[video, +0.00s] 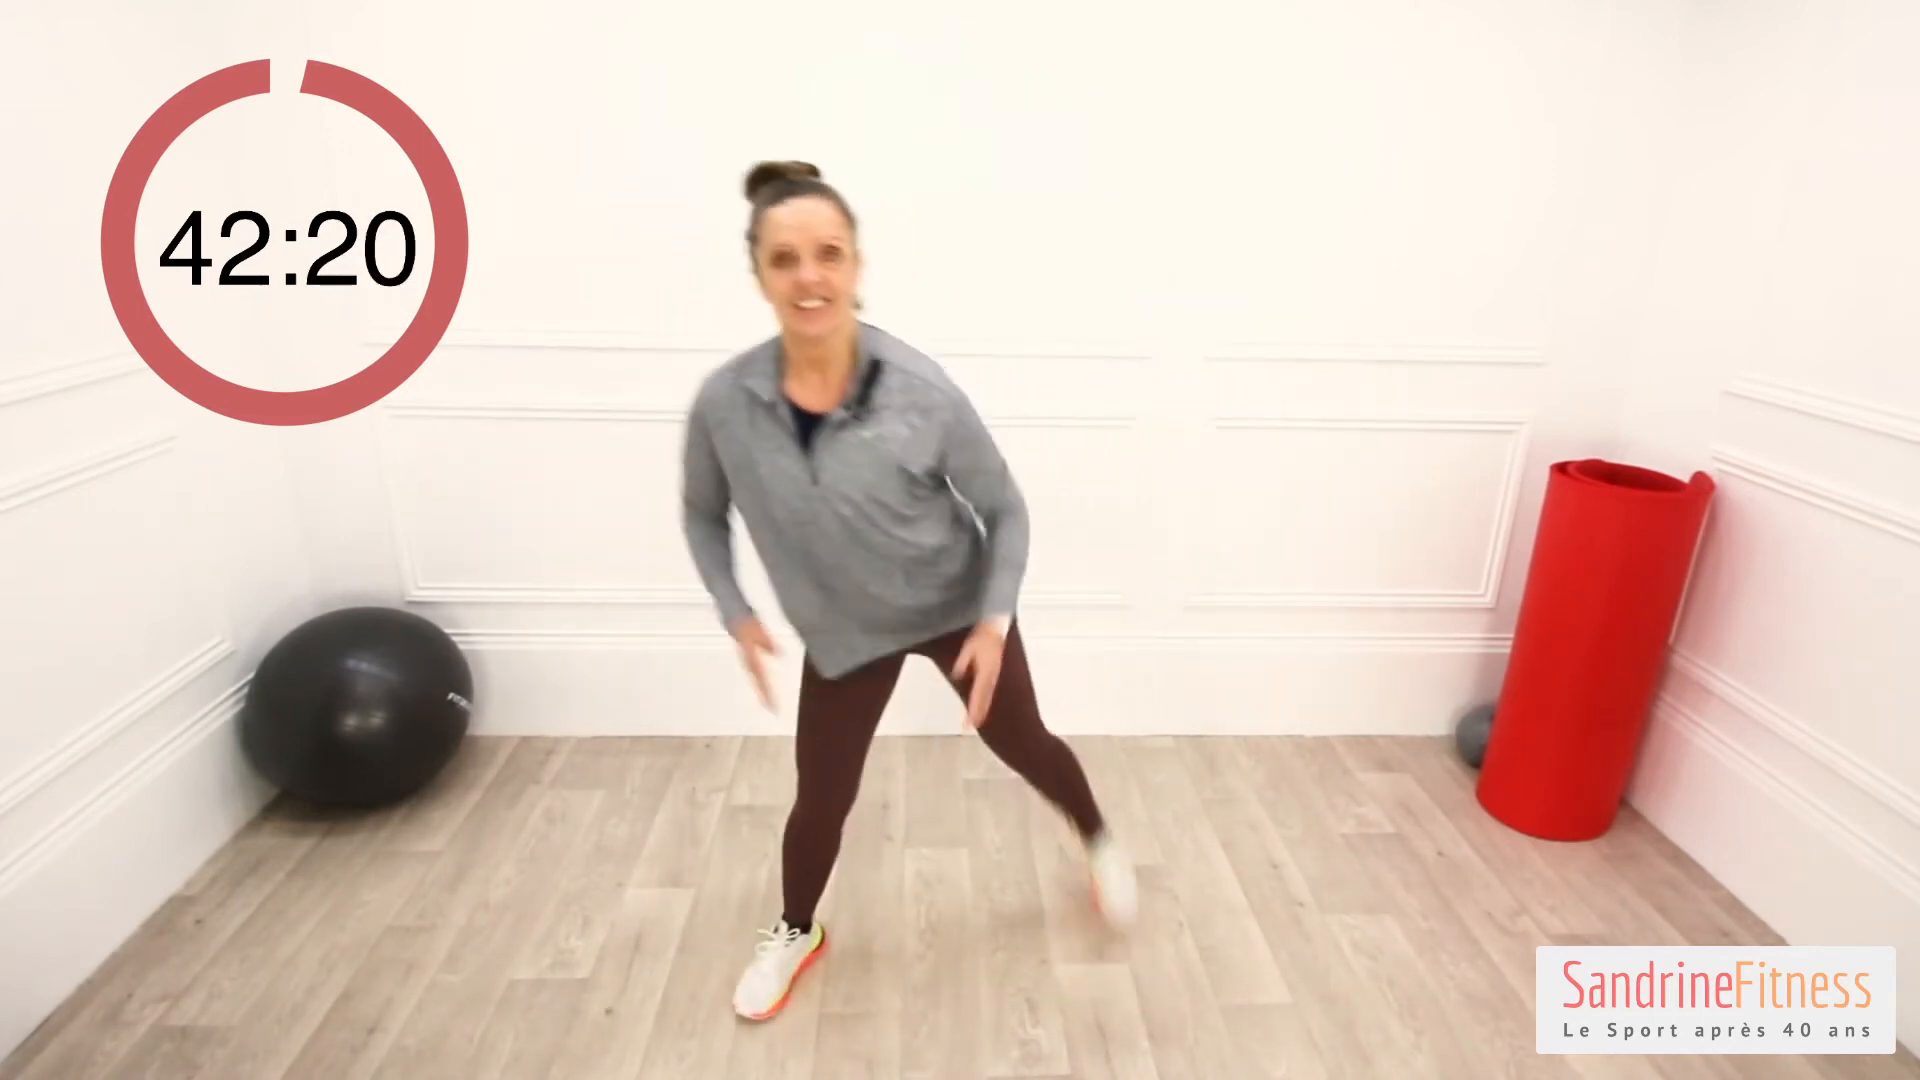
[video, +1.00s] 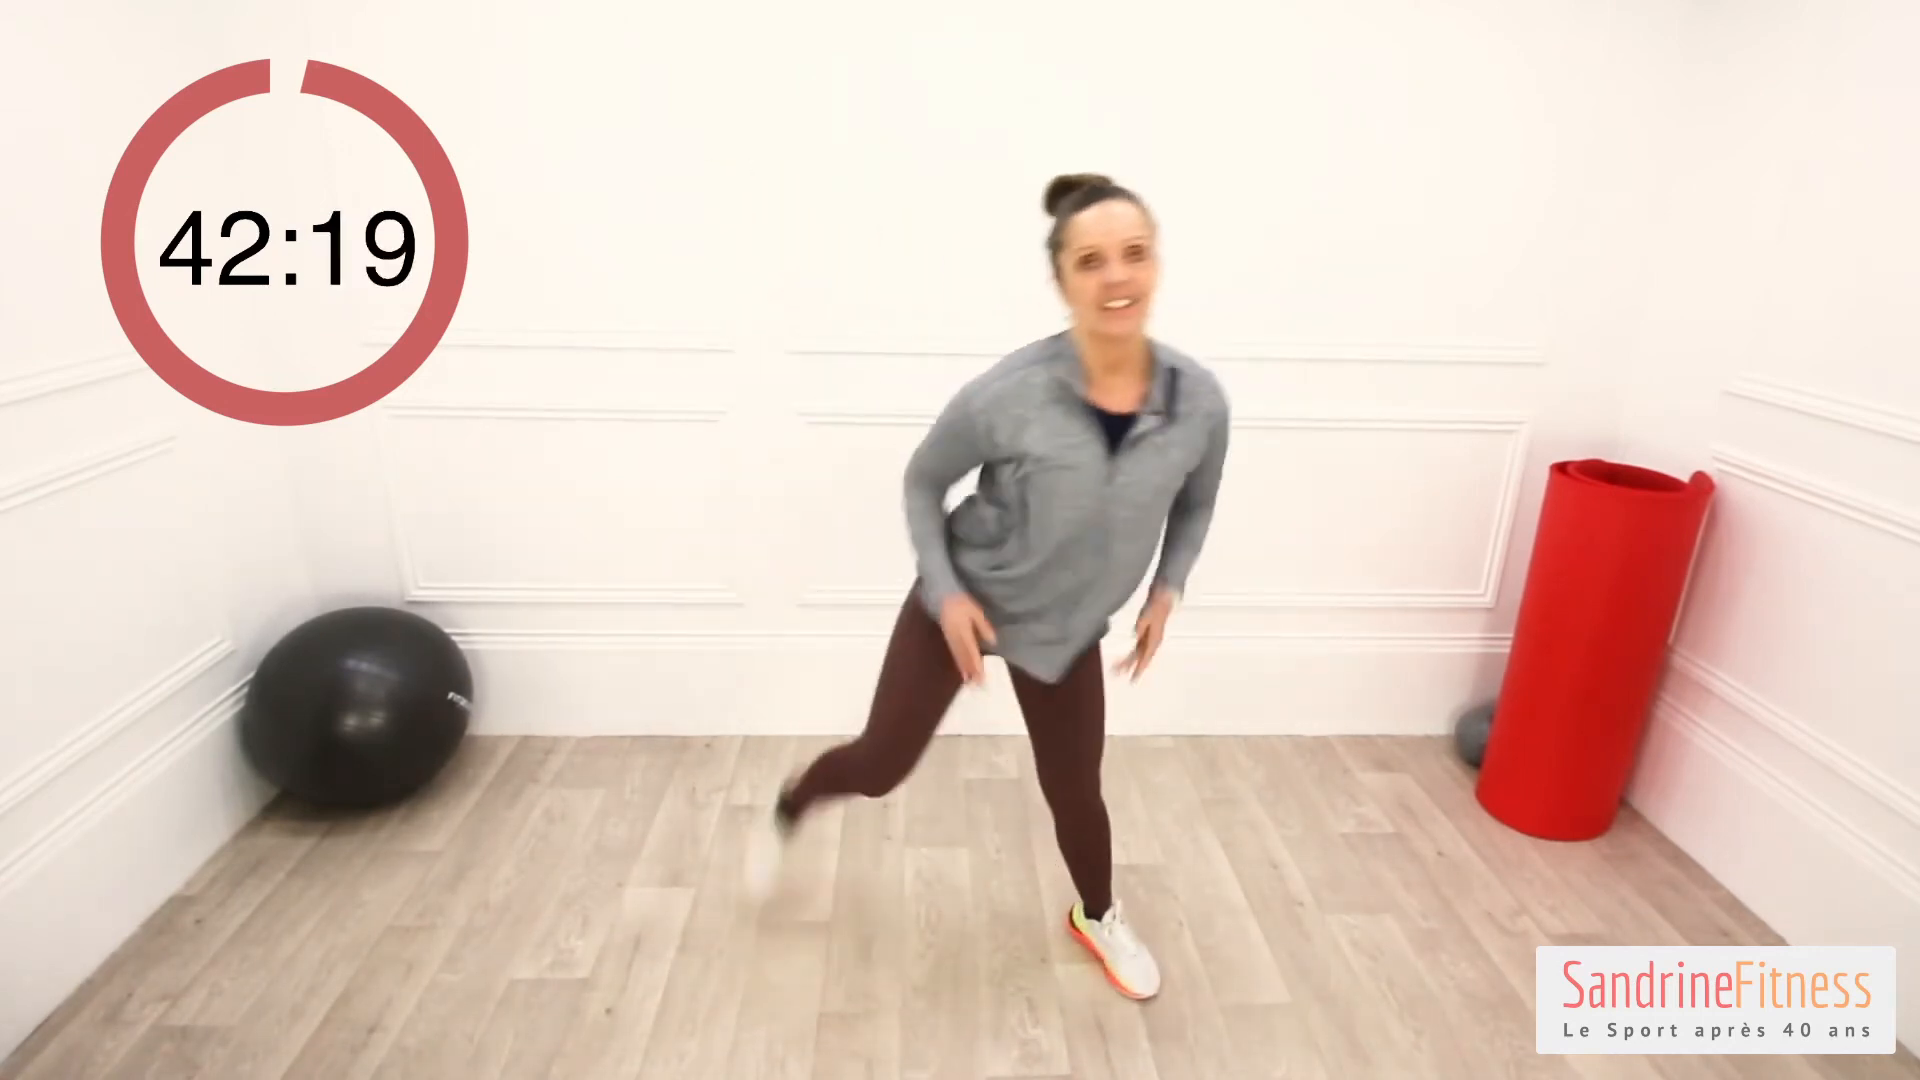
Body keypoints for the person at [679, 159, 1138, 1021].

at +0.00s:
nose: (809, 280)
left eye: (828, 255)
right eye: (784, 261)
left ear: (858, 266)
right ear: (758, 280)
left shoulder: (922, 393)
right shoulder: (724, 405)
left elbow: (1006, 512)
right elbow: (704, 515)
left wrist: (994, 622)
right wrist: (738, 615)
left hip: (956, 607)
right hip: (844, 629)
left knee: (1023, 744)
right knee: (821, 795)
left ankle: (1099, 841)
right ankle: (795, 930)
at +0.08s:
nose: (787, 275)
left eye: (805, 251)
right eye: (761, 257)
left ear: (833, 263)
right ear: (732, 276)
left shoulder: (903, 378)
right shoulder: (697, 401)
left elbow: (996, 451)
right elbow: (677, 475)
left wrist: (999, 558)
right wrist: (697, 571)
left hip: (941, 609)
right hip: (827, 636)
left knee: (1016, 760)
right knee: (814, 800)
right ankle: (796, 931)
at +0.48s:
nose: (822, 271)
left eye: (839, 247)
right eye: (796, 254)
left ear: (863, 256)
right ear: (764, 272)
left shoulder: (927, 378)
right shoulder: (725, 400)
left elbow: (1005, 496)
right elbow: (722, 529)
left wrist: (963, 570)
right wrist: (792, 598)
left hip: (934, 607)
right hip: (822, 624)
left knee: (999, 759)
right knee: (814, 803)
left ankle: (1024, 797)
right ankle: (796, 931)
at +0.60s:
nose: (882, 283)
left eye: (897, 259)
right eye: (857, 266)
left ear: (920, 268)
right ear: (826, 283)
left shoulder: (977, 393)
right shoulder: (786, 405)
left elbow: (1038, 530)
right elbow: (793, 553)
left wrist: (997, 563)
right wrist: (883, 576)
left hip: (957, 627)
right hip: (845, 637)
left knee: (1014, 771)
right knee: (827, 808)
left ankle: (1077, 887)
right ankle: (796, 933)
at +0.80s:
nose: (996, 324)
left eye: (1010, 301)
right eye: (971, 307)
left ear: (1028, 308)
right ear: (941, 322)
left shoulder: (1070, 432)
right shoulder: (899, 433)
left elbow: (1103, 565)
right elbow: (882, 585)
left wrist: (1093, 640)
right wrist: (959, 655)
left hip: (1009, 652)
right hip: (902, 648)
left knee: (1053, 814)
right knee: (866, 823)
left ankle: (1097, 920)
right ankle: (795, 935)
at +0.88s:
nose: (1052, 304)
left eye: (1067, 280)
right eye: (1028, 287)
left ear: (1088, 289)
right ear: (998, 305)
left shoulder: (1132, 426)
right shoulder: (952, 418)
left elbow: (1162, 563)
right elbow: (901, 570)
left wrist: (1133, 654)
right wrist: (958, 655)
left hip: (1041, 648)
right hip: (932, 635)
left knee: (1069, 806)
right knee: (865, 792)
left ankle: (1097, 919)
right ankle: (784, 925)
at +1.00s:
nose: (1118, 278)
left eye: (1135, 255)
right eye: (1092, 262)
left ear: (1158, 267)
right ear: (1061, 282)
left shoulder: (1198, 404)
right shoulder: (1006, 395)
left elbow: (1193, 506)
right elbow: (922, 483)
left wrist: (1167, 587)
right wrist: (944, 593)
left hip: (1067, 626)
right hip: (964, 599)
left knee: (1076, 791)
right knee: (881, 766)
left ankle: (1097, 917)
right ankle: (790, 803)